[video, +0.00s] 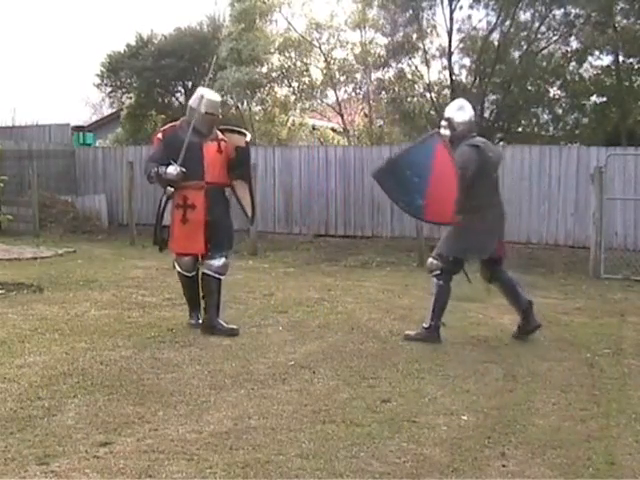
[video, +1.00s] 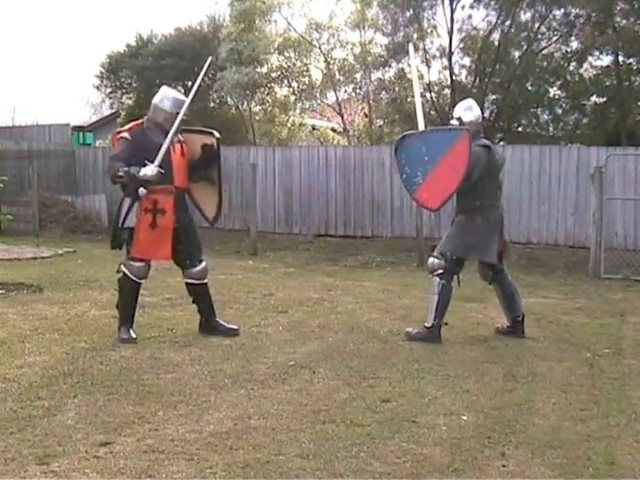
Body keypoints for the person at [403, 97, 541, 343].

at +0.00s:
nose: (447, 129)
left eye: (451, 124)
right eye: (447, 124)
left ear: (463, 124)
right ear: (470, 124)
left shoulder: (466, 151)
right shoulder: (485, 147)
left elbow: (454, 188)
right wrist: (447, 147)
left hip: (471, 222)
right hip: (491, 221)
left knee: (442, 270)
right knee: (493, 270)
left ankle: (432, 327)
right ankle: (527, 316)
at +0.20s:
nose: (449, 129)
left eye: (452, 124)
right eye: (448, 124)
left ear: (464, 125)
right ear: (473, 125)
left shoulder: (466, 155)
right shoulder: (490, 150)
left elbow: (442, 178)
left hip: (472, 224)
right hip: (494, 222)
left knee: (441, 269)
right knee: (492, 270)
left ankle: (432, 327)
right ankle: (515, 321)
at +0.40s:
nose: (456, 128)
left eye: (460, 123)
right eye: (455, 123)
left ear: (471, 125)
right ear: (477, 125)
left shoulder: (471, 154)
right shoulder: (492, 151)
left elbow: (449, 177)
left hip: (473, 222)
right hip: (493, 221)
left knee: (443, 268)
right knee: (493, 269)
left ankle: (432, 327)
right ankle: (516, 321)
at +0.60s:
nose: (456, 129)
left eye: (459, 124)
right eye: (457, 124)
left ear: (465, 126)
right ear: (479, 126)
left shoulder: (472, 154)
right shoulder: (492, 151)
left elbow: (454, 180)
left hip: (473, 221)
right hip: (494, 220)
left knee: (442, 268)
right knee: (490, 269)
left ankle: (432, 327)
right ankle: (516, 321)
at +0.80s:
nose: (456, 128)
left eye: (458, 123)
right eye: (457, 123)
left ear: (465, 124)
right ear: (479, 124)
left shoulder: (472, 152)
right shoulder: (492, 151)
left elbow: (456, 179)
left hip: (472, 220)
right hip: (494, 220)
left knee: (443, 268)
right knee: (492, 269)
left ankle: (433, 327)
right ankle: (516, 322)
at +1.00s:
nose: (456, 128)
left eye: (459, 123)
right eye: (456, 123)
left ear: (467, 124)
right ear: (479, 123)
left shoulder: (474, 152)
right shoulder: (491, 150)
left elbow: (458, 181)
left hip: (471, 219)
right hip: (491, 218)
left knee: (443, 267)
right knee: (493, 269)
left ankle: (433, 327)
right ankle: (516, 322)